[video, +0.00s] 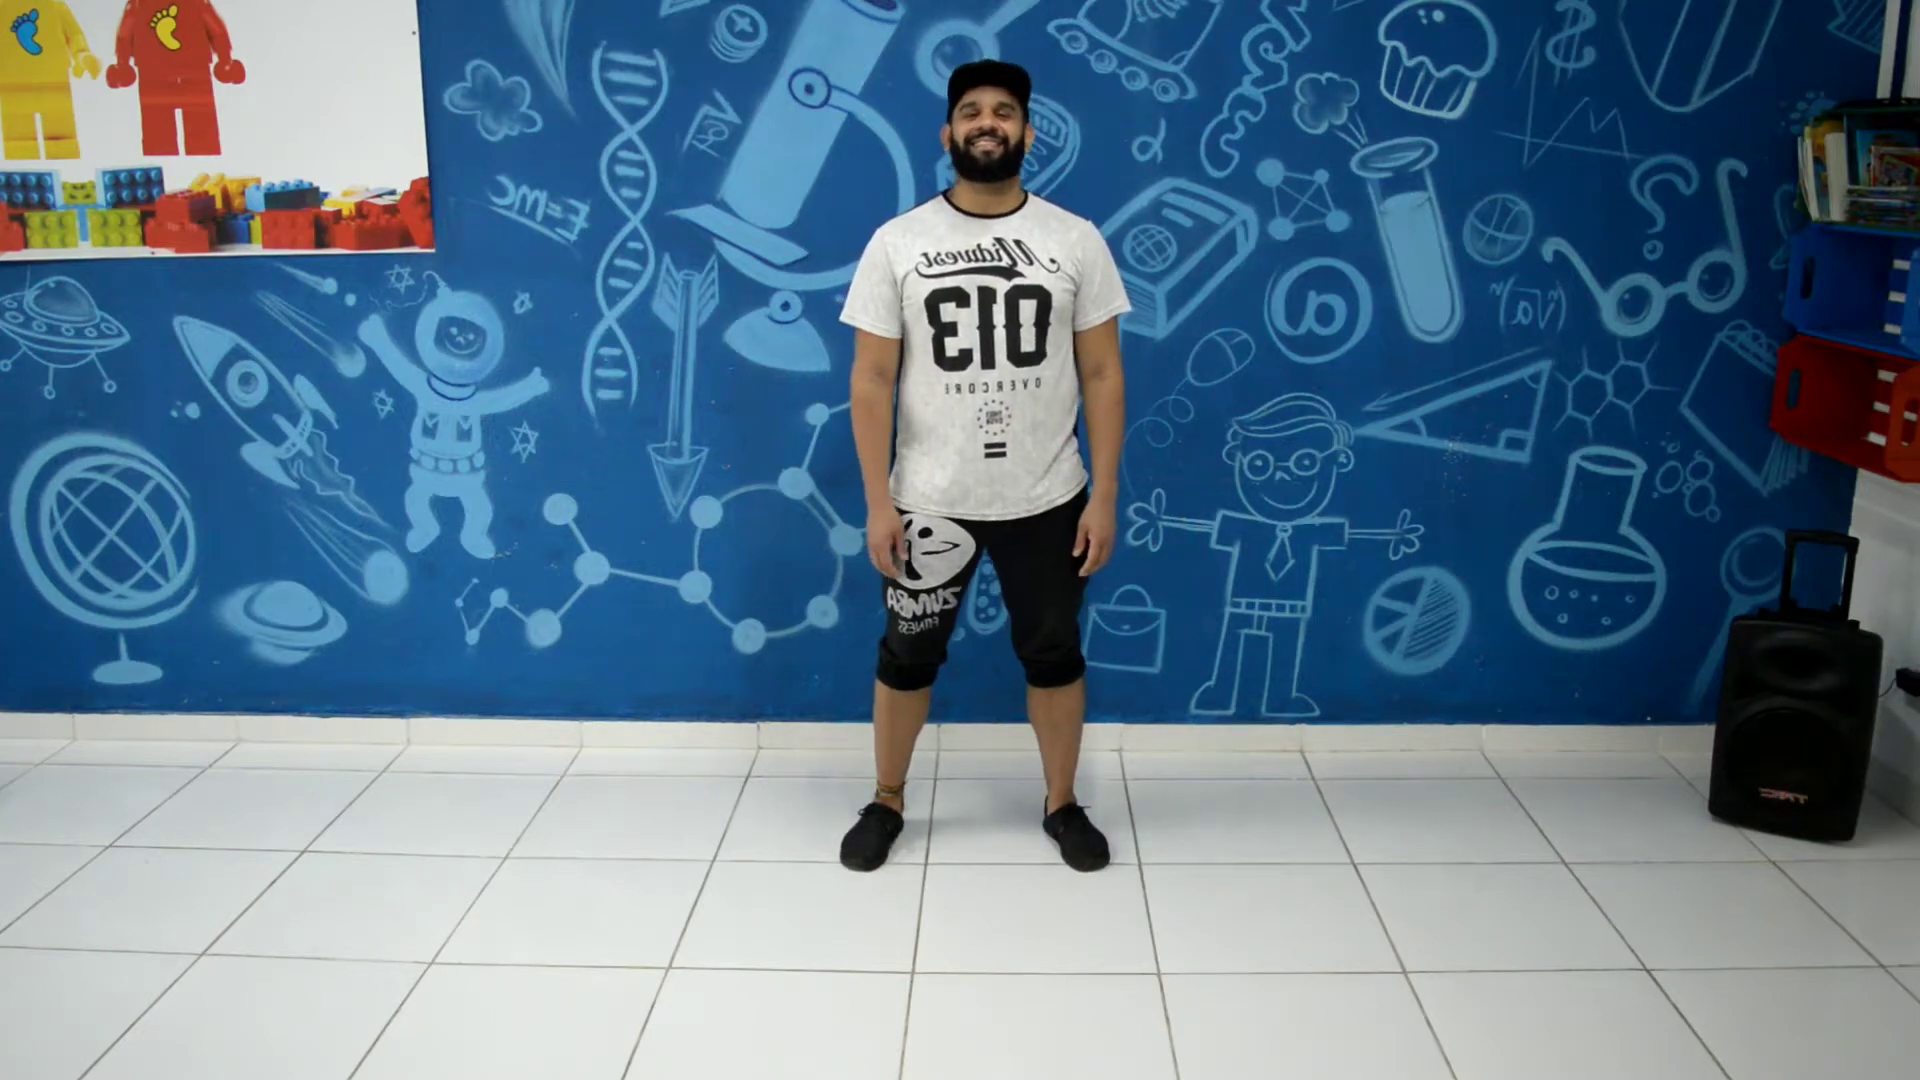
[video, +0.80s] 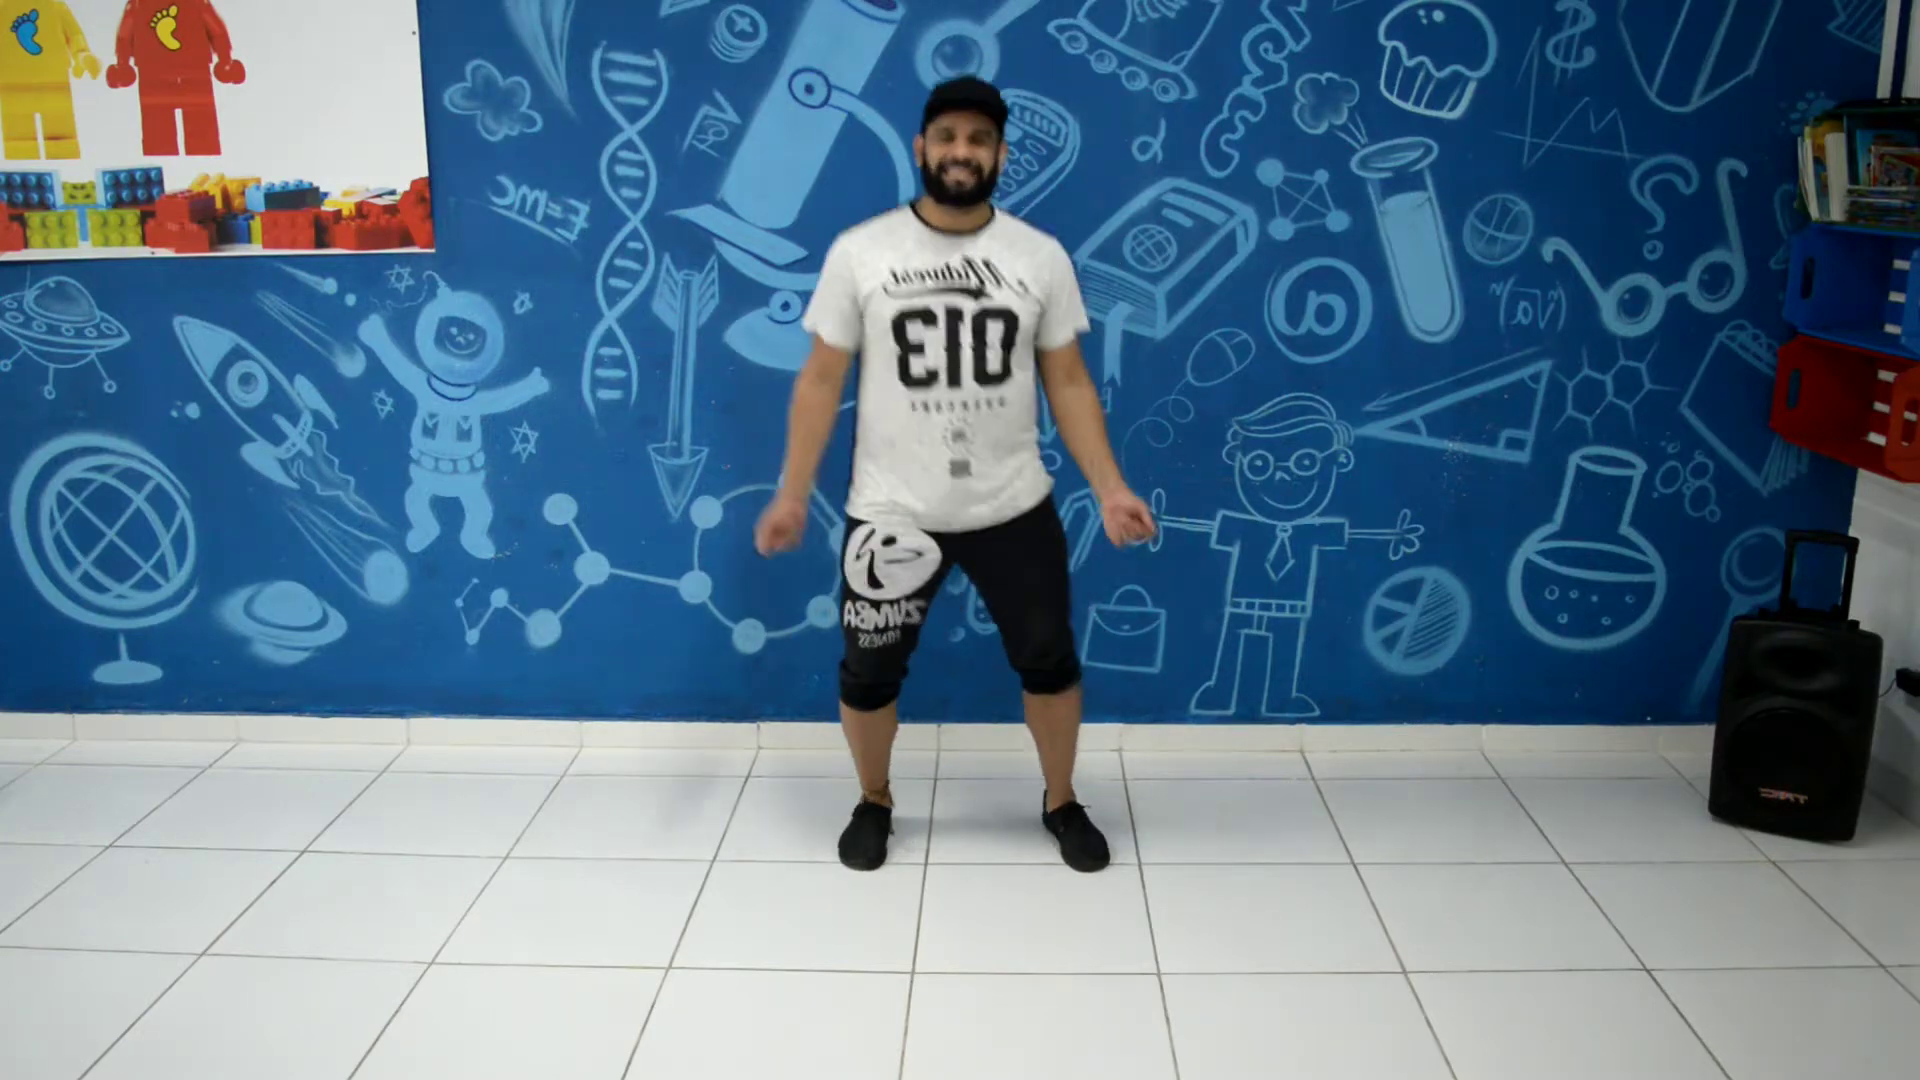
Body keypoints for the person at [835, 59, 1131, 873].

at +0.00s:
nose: (986, 126)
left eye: (1003, 115)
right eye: (971, 115)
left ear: (1026, 135)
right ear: (949, 135)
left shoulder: (1077, 242)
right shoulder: (898, 245)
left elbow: (1101, 373)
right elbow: (872, 378)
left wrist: (1105, 495)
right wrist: (878, 498)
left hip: (1045, 497)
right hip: (932, 498)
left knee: (1056, 657)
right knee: (907, 656)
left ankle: (1063, 805)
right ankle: (885, 802)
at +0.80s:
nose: (961, 152)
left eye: (978, 140)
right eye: (946, 137)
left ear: (1000, 156)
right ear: (921, 147)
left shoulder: (1040, 260)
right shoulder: (860, 255)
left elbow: (1070, 383)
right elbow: (822, 379)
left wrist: (1110, 488)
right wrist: (793, 493)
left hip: (1011, 504)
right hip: (894, 505)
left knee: (1050, 661)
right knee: (869, 670)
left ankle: (1062, 803)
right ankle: (873, 803)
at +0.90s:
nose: (951, 127)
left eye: (968, 114)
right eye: (934, 115)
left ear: (992, 130)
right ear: (911, 130)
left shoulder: (1036, 239)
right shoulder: (854, 228)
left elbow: (1065, 360)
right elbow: (803, 343)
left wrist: (1108, 452)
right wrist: (760, 450)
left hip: (1000, 484)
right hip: (884, 484)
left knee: (1029, 647)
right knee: (873, 654)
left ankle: (1033, 790)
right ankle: (873, 798)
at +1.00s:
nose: (941, 135)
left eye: (954, 121)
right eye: (923, 126)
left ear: (981, 134)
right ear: (901, 148)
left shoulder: (1035, 248)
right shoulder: (854, 236)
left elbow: (1071, 360)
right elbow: (778, 325)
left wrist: (1113, 424)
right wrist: (700, 403)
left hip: (988, 494)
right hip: (875, 491)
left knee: (1010, 665)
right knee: (865, 664)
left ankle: (975, 763)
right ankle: (871, 800)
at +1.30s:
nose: (911, 148)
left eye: (925, 130)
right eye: (901, 136)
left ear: (971, 125)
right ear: (894, 141)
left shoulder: (1044, 230)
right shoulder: (880, 228)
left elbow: (1115, 349)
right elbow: (816, 306)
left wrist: (1106, 475)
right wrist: (739, 290)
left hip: (1006, 487)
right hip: (897, 481)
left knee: (1029, 660)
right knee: (878, 647)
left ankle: (1051, 752)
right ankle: (884, 800)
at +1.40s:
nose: (923, 172)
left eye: (937, 154)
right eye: (913, 158)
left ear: (983, 148)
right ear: (905, 163)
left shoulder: (1055, 253)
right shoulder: (905, 250)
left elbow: (1133, 365)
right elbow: (838, 343)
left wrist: (1116, 490)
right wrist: (807, 306)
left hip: (1017, 509)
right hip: (912, 501)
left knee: (1043, 671)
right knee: (870, 651)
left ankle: (1115, 793)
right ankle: (891, 806)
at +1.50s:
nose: (945, 187)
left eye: (961, 169)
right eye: (937, 173)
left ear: (1008, 166)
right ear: (931, 178)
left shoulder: (1072, 272)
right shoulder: (930, 277)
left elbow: (1148, 382)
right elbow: (877, 381)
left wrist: (1139, 500)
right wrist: (873, 335)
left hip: (1038, 516)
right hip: (940, 508)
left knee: (1067, 671)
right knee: (879, 643)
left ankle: (1142, 799)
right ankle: (890, 806)